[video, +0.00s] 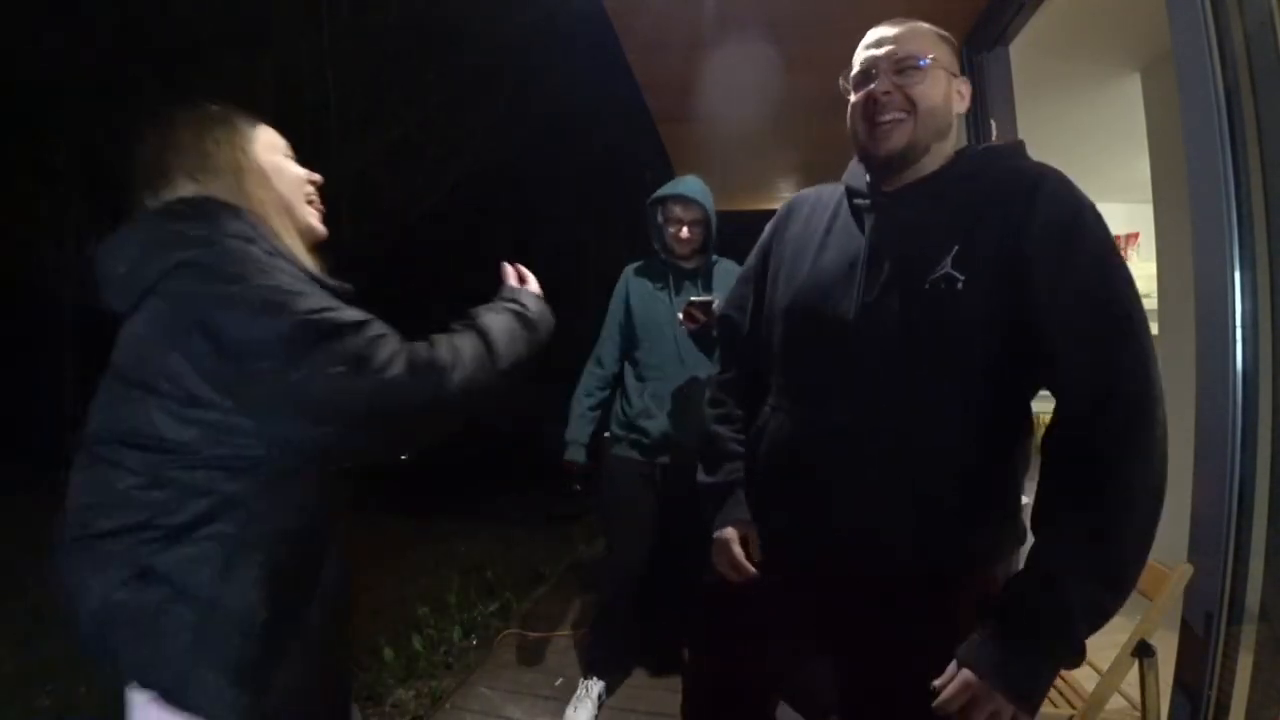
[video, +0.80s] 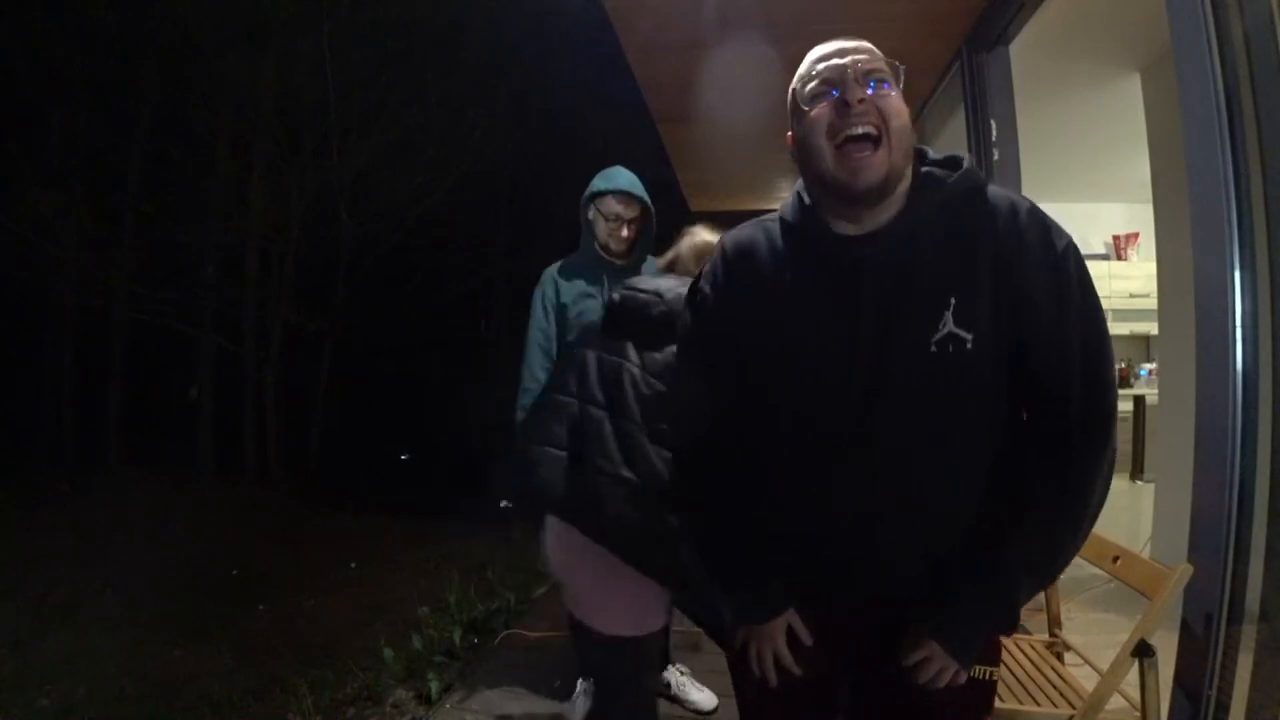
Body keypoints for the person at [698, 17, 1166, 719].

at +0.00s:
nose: (877, 87)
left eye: (906, 67)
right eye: (862, 78)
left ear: (960, 93)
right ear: (847, 109)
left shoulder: (1030, 205)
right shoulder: (797, 220)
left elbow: (1117, 428)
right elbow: (729, 379)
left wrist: (1027, 642)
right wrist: (725, 500)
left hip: (943, 592)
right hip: (786, 581)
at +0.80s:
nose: (852, 97)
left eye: (874, 82)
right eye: (824, 90)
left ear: (912, 118)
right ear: (794, 140)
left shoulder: (1013, 240)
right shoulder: (742, 269)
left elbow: (1077, 444)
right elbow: (695, 453)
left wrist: (975, 612)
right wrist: (749, 597)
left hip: (943, 627)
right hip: (789, 625)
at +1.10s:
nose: (804, 166)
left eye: (841, 133)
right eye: (776, 144)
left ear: (911, 160)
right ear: (752, 178)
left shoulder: (1019, 309)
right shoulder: (708, 317)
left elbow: (1121, 534)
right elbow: (659, 498)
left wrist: (969, 668)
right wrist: (713, 627)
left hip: (935, 686)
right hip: (763, 681)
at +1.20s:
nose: (733, 212)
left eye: (772, 171)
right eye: (706, 187)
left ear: (866, 183)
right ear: (690, 206)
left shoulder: (994, 333)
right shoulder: (686, 338)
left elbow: (1132, 583)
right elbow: (658, 504)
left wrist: (962, 693)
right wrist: (700, 634)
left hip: (941, 668)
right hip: (768, 671)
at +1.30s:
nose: (640, 242)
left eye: (673, 202)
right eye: (628, 210)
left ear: (794, 198)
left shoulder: (938, 341)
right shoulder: (660, 358)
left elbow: (1113, 601)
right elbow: (655, 508)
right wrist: (674, 630)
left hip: (939, 684)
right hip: (759, 677)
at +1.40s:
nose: (546, 255)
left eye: (572, 215)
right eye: (538, 225)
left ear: (695, 197)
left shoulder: (854, 326)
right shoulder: (632, 341)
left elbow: (1042, 594)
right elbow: (637, 512)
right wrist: (660, 626)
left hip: (922, 673)